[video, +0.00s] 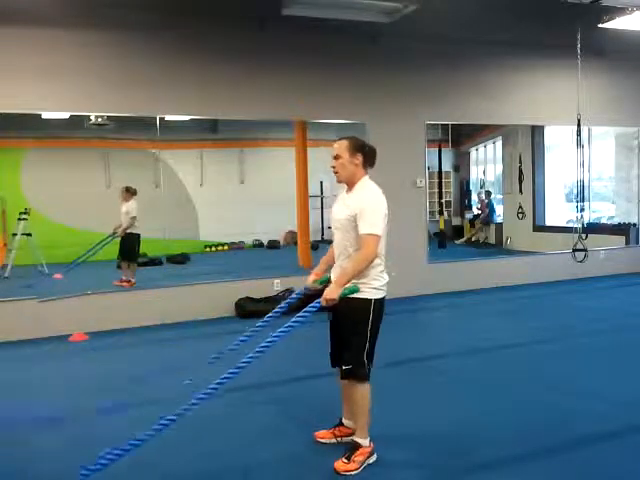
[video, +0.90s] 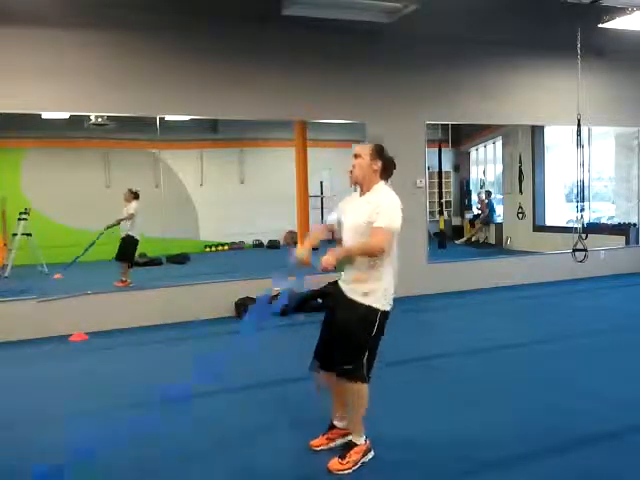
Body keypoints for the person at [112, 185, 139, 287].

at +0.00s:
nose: (122, 195)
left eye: (124, 193)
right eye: (122, 193)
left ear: (129, 194)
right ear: (125, 194)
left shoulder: (132, 204)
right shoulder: (125, 204)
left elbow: (132, 219)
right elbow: (125, 220)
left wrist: (123, 229)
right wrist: (118, 227)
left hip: (133, 233)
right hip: (126, 233)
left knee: (132, 259)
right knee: (123, 258)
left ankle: (131, 278)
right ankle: (125, 277)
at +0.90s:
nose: (124, 196)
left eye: (126, 194)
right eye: (125, 194)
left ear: (132, 196)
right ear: (130, 196)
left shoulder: (134, 204)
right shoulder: (129, 206)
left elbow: (131, 216)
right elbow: (121, 221)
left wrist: (119, 220)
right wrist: (110, 226)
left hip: (131, 235)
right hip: (127, 234)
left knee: (125, 259)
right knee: (124, 259)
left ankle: (125, 279)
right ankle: (124, 278)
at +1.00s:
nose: (127, 192)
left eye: (129, 191)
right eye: (128, 190)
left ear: (134, 192)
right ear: (133, 192)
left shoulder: (134, 202)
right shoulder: (130, 202)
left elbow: (125, 204)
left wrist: (112, 209)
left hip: (133, 229)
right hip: (129, 229)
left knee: (126, 255)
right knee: (126, 255)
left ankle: (127, 279)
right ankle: (126, 278)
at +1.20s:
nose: (121, 202)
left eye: (122, 199)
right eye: (121, 199)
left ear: (127, 199)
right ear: (129, 198)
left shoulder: (131, 208)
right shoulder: (129, 207)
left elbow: (124, 214)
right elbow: (124, 214)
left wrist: (117, 214)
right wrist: (117, 214)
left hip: (132, 233)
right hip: (130, 232)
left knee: (128, 256)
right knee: (126, 256)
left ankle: (130, 279)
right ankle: (127, 277)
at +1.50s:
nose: (119, 193)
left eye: (121, 191)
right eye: (119, 191)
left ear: (126, 191)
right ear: (126, 191)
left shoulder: (130, 199)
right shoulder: (124, 201)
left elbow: (128, 210)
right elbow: (120, 211)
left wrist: (116, 211)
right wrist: (111, 211)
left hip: (126, 228)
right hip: (121, 227)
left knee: (117, 253)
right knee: (115, 252)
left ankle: (118, 274)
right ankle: (116, 274)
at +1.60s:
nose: (120, 196)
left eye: (122, 194)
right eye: (120, 194)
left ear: (126, 194)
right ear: (128, 195)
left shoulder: (128, 204)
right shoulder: (124, 204)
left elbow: (117, 215)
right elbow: (116, 216)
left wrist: (103, 213)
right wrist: (104, 219)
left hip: (122, 233)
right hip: (120, 232)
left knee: (113, 257)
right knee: (114, 257)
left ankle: (113, 278)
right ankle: (113, 277)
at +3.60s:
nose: (117, 195)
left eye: (119, 194)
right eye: (118, 193)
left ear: (124, 195)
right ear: (123, 195)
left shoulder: (124, 205)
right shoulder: (120, 204)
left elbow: (122, 216)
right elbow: (116, 217)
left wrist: (108, 217)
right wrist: (102, 219)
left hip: (121, 236)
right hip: (117, 235)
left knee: (116, 260)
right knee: (114, 259)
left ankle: (116, 279)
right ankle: (115, 279)